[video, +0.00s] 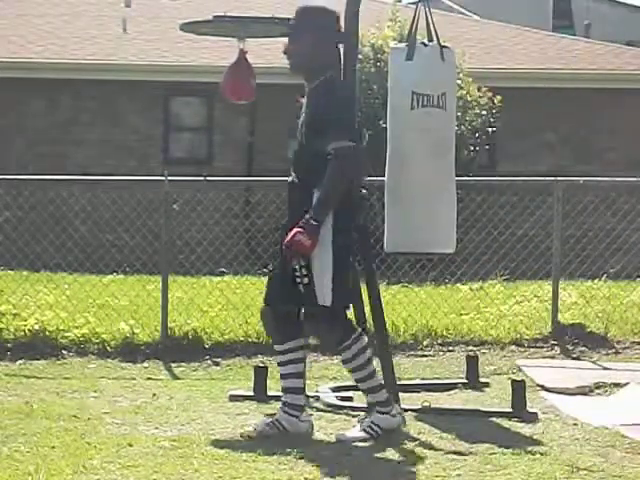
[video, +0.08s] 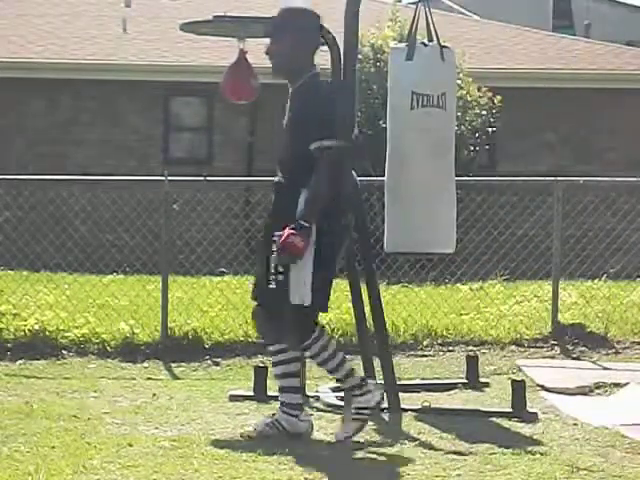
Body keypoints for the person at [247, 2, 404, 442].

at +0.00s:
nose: (286, 45)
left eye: (296, 36)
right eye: (289, 36)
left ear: (324, 43)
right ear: (313, 44)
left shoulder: (334, 93)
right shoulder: (316, 94)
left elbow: (345, 163)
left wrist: (312, 224)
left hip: (331, 220)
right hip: (305, 218)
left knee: (327, 321)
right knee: (279, 313)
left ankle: (385, 411)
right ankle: (293, 416)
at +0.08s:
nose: (268, 48)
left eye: (276, 39)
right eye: (270, 39)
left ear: (303, 43)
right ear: (295, 45)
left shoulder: (316, 92)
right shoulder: (300, 92)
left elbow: (329, 164)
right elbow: (305, 161)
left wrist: (304, 225)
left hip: (310, 222)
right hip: (287, 218)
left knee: (294, 320)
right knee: (272, 316)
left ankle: (362, 391)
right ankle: (291, 414)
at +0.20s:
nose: (250, 53)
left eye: (257, 44)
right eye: (252, 45)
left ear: (278, 50)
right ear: (281, 51)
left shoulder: (292, 97)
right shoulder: (280, 95)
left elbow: (309, 170)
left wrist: (294, 233)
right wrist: (246, 58)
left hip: (286, 218)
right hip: (276, 216)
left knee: (242, 307)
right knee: (255, 309)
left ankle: (311, 371)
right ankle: (294, 409)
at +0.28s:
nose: (240, 44)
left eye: (246, 35)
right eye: (240, 36)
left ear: (266, 40)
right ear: (270, 41)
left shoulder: (283, 89)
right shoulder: (271, 87)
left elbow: (301, 163)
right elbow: (234, 91)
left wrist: (291, 226)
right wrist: (243, 57)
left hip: (275, 207)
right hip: (272, 205)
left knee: (226, 301)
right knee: (272, 309)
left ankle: (283, 393)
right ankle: (290, 409)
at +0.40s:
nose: (225, 44)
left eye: (232, 35)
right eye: (226, 35)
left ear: (255, 39)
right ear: (256, 39)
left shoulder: (272, 91)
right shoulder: (260, 89)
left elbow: (288, 164)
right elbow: (230, 92)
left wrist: (276, 227)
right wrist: (236, 61)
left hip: (256, 211)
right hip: (258, 208)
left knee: (228, 309)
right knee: (265, 310)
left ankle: (249, 412)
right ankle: (291, 409)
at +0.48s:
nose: (215, 47)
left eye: (222, 38)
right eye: (216, 38)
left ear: (249, 41)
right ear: (239, 41)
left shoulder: (261, 91)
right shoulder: (252, 90)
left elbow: (277, 166)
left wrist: (265, 228)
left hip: (249, 210)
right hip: (248, 208)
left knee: (226, 313)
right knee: (251, 311)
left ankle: (250, 413)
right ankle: (288, 407)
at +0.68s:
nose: (189, 54)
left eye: (196, 45)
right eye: (190, 45)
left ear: (222, 47)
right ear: (224, 47)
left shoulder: (241, 94)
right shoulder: (230, 91)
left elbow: (255, 169)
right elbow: (227, 172)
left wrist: (239, 231)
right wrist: (200, 225)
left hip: (229, 219)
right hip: (217, 216)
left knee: (209, 309)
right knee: (190, 299)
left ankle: (249, 418)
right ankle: (250, 374)